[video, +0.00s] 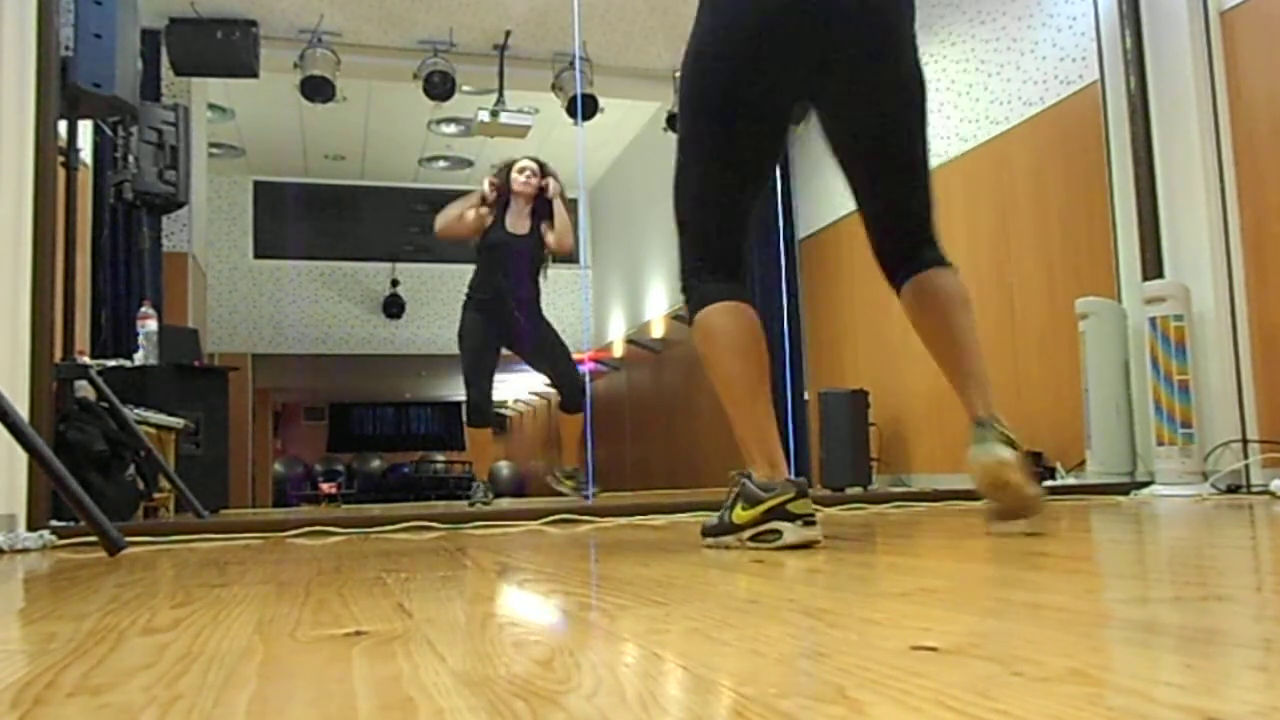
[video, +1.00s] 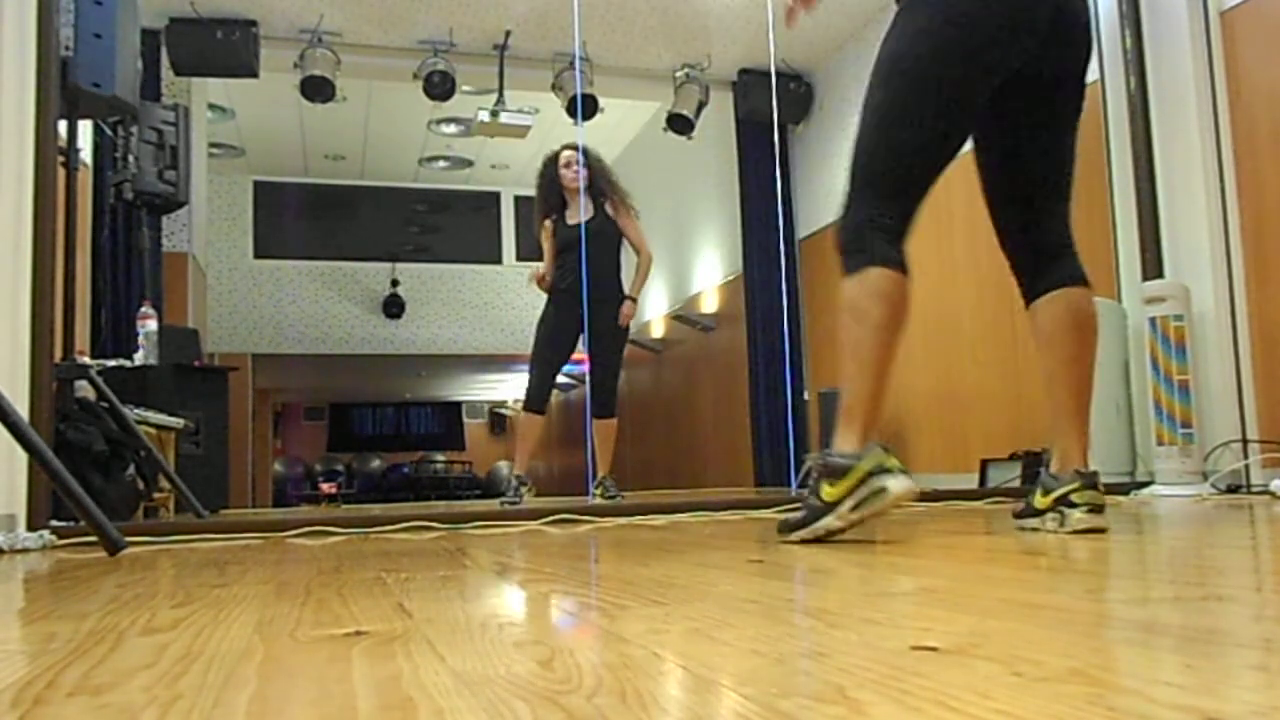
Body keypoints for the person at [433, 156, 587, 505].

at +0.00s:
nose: (528, 177)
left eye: (534, 174)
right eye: (522, 171)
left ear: (539, 188)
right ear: (507, 181)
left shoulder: (542, 223)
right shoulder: (486, 217)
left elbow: (564, 243)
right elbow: (442, 227)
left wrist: (557, 198)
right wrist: (476, 196)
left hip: (526, 318)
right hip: (482, 316)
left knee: (573, 385)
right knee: (478, 398)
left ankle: (568, 470)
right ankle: (481, 483)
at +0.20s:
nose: (534, 188)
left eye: (541, 184)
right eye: (528, 183)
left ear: (549, 196)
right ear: (514, 193)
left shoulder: (561, 238)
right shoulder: (497, 235)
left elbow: (579, 296)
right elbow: (479, 281)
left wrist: (564, 276)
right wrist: (478, 293)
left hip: (538, 329)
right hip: (494, 326)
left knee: (561, 412)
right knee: (467, 400)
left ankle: (593, 478)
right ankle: (480, 483)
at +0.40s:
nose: (549, 197)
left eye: (555, 193)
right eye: (542, 192)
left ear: (563, 201)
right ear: (529, 202)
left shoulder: (580, 242)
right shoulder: (518, 247)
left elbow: (609, 293)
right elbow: (511, 301)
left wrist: (601, 337)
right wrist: (502, 331)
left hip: (571, 340)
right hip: (528, 340)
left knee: (587, 411)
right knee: (476, 398)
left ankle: (599, 480)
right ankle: (485, 482)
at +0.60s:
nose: (564, 188)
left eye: (570, 183)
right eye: (557, 183)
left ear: (579, 192)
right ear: (544, 192)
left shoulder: (594, 231)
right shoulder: (532, 238)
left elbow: (627, 282)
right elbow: (524, 289)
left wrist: (627, 322)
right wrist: (528, 322)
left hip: (602, 329)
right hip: (559, 332)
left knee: (604, 405)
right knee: (507, 392)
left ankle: (604, 481)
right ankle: (491, 480)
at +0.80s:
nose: (572, 171)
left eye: (577, 165)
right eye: (564, 166)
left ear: (586, 173)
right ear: (552, 177)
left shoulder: (604, 211)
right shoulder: (543, 224)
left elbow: (637, 261)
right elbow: (539, 272)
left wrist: (631, 306)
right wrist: (540, 301)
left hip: (609, 310)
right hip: (567, 311)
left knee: (606, 393)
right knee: (521, 375)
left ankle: (603, 479)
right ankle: (510, 466)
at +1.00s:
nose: (575, 170)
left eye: (580, 164)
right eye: (567, 166)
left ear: (590, 172)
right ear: (556, 176)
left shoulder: (611, 207)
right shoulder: (551, 224)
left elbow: (645, 254)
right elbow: (549, 278)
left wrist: (632, 299)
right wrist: (541, 277)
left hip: (606, 309)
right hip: (562, 308)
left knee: (604, 393)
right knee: (538, 388)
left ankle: (603, 478)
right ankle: (519, 477)